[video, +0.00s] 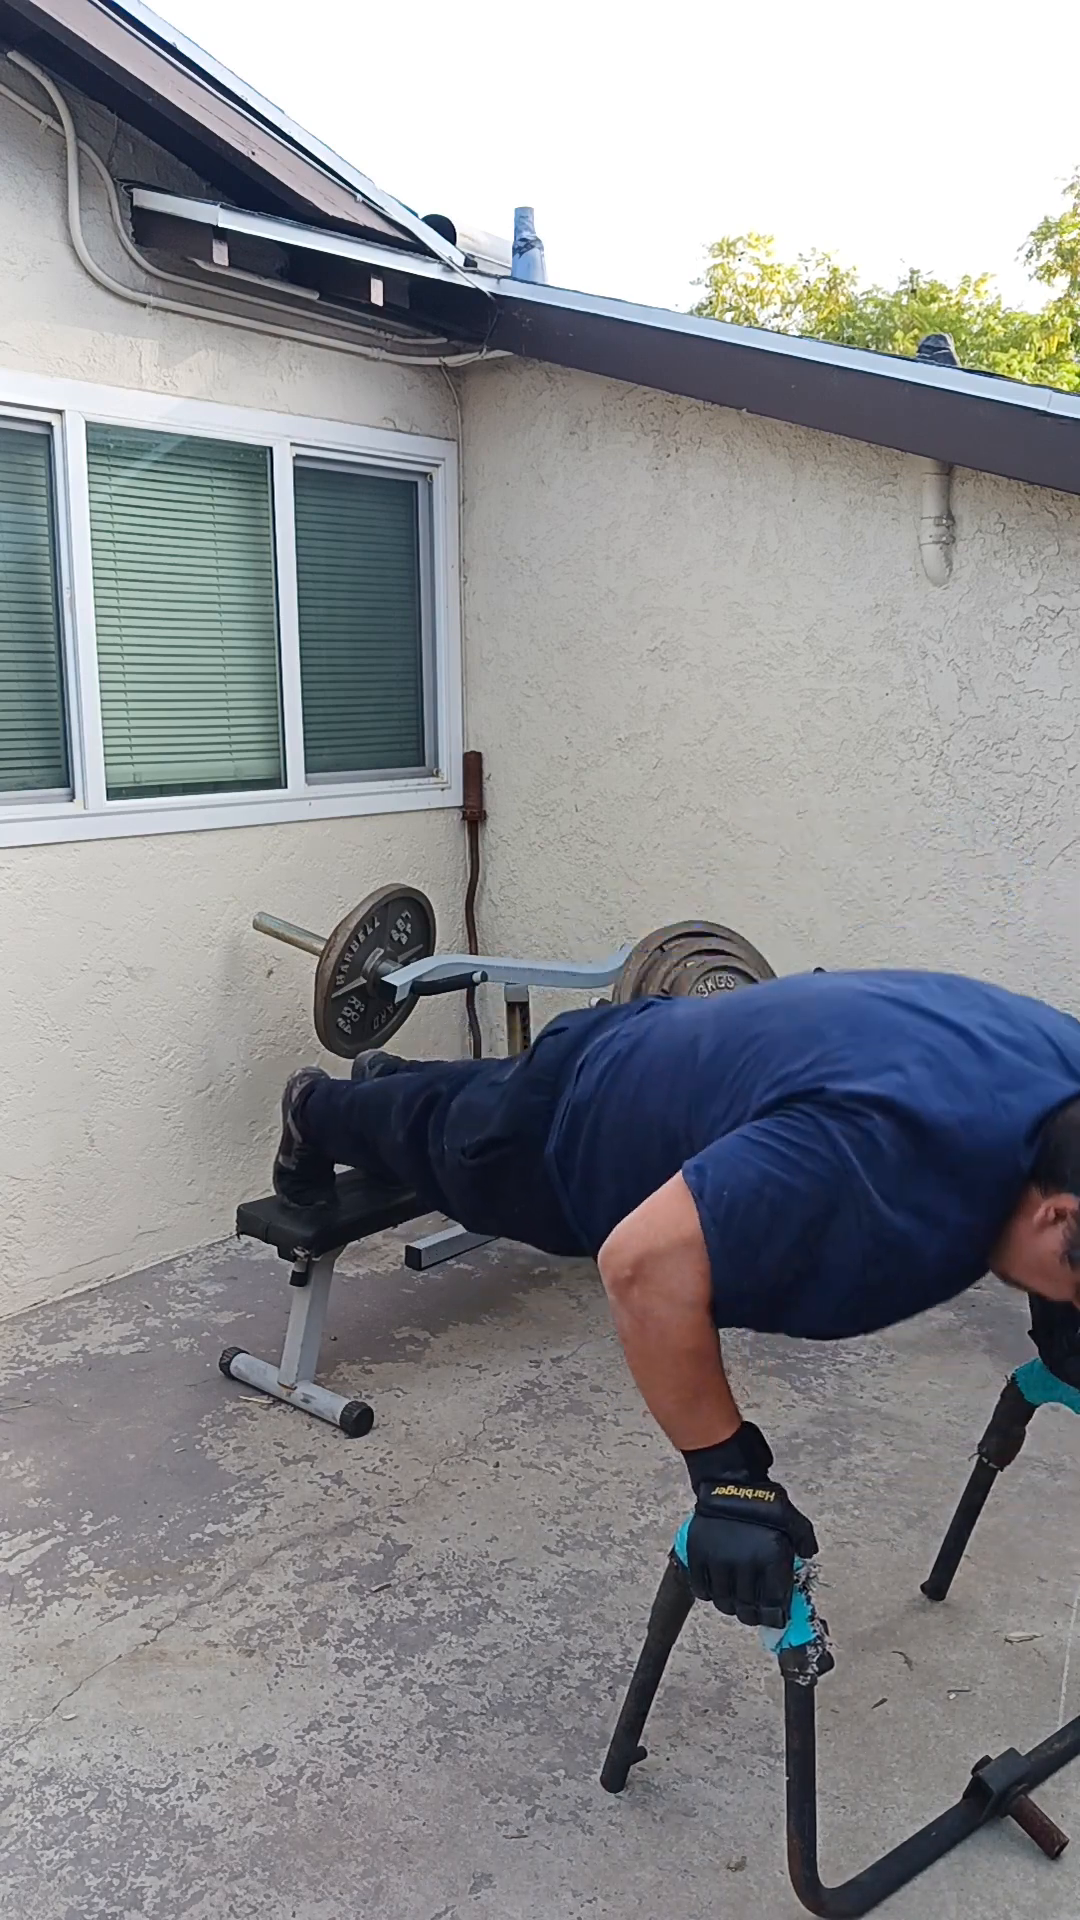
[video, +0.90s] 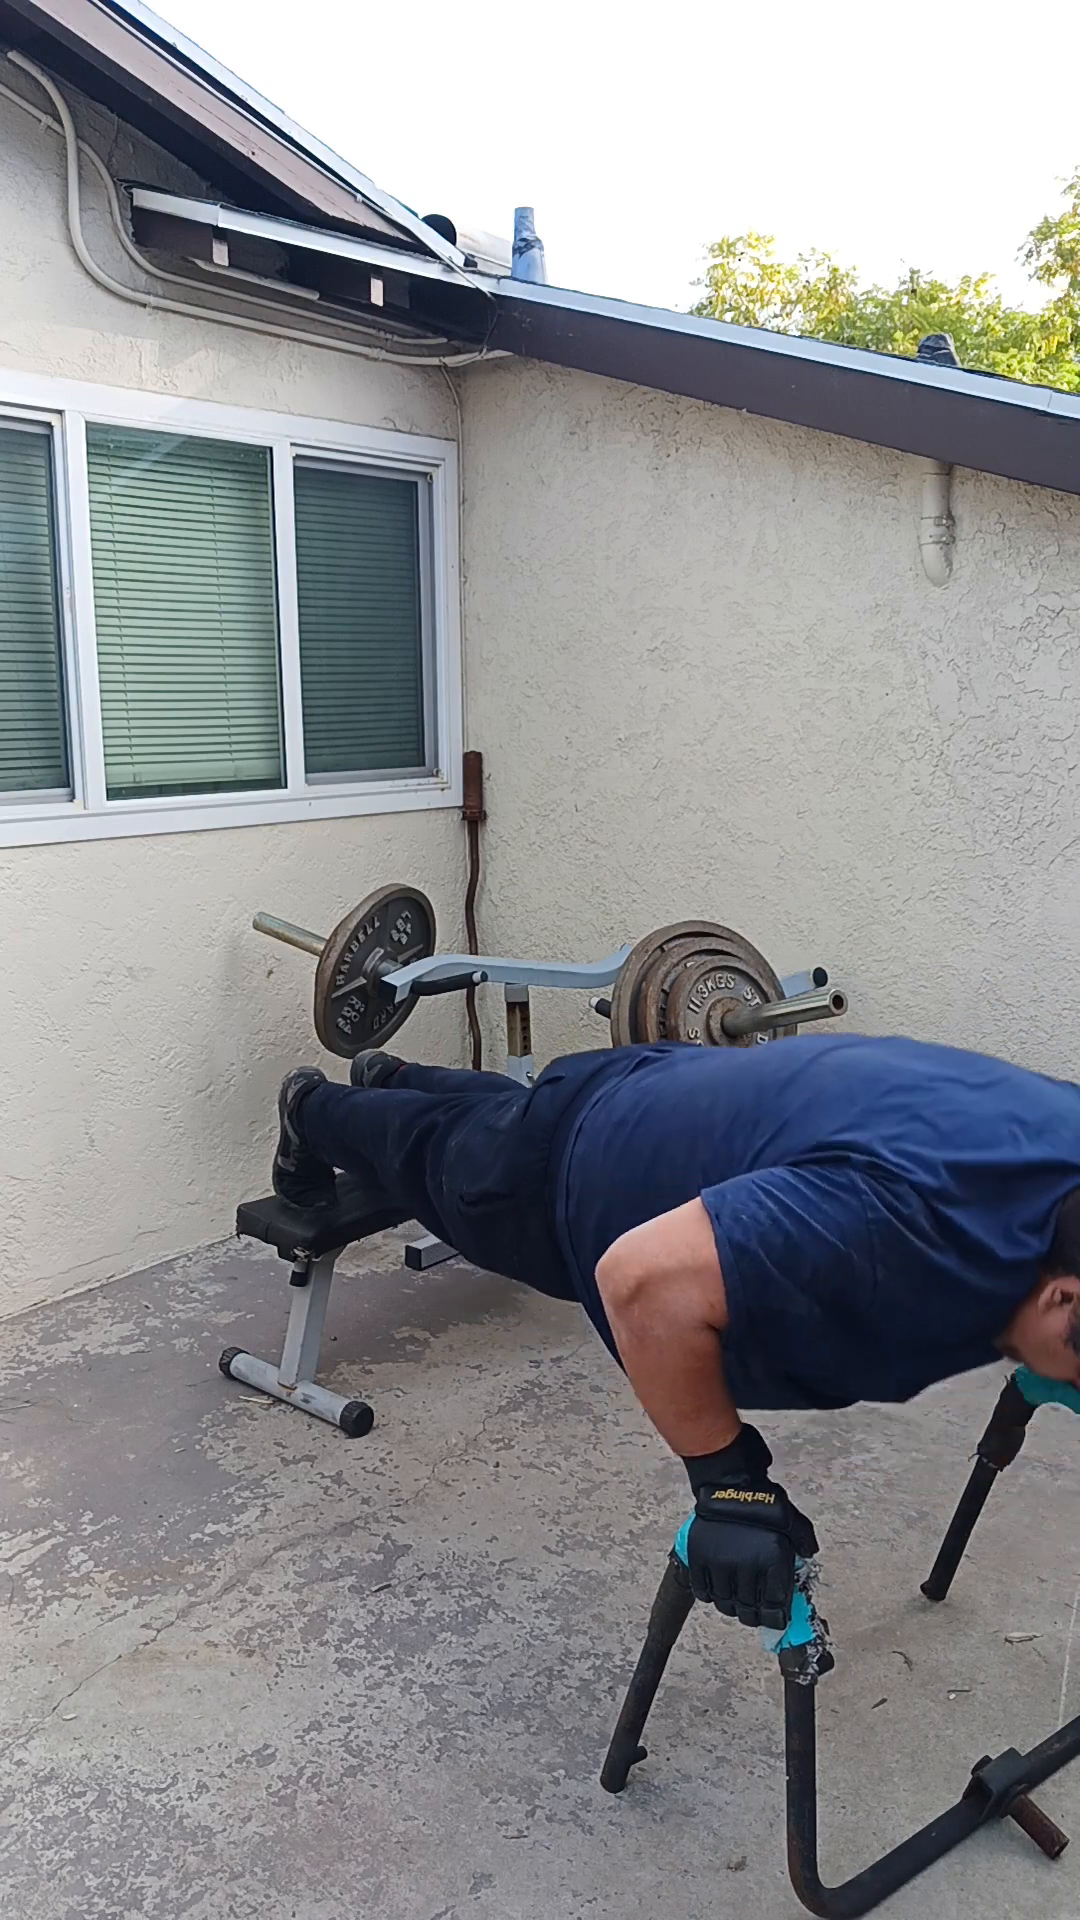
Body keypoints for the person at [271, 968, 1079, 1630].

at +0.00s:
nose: (1045, 1302)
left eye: (1064, 1299)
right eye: (1061, 1286)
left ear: (1063, 1210)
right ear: (1055, 1222)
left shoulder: (1068, 1070)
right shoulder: (880, 1160)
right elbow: (644, 1267)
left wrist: (1052, 1308)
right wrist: (731, 1480)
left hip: (696, 1031)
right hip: (594, 1106)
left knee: (496, 1105)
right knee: (438, 1121)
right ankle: (317, 1111)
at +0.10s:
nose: (1050, 1385)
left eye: (1066, 1379)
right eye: (1066, 1370)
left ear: (1067, 1301)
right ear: (1057, 1308)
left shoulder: (1075, 1132)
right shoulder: (898, 1244)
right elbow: (643, 1277)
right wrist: (731, 1484)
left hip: (704, 1070)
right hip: (601, 1146)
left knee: (524, 1099)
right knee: (442, 1132)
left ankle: (389, 1088)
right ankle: (316, 1107)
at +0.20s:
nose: (1049, 1454)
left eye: (1064, 1448)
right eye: (1068, 1443)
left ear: (1068, 1387)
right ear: (1062, 1391)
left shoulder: (1079, 1184)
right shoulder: (905, 1294)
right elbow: (653, 1277)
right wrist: (731, 1484)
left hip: (706, 1101)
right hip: (598, 1185)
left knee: (529, 1122)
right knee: (443, 1156)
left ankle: (392, 1082)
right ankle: (317, 1106)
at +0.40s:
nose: (1046, 1557)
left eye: (1062, 1556)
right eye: (1065, 1545)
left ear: (1068, 1485)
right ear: (1060, 1487)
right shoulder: (934, 1377)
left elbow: (1059, 1131)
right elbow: (686, 1271)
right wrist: (733, 1486)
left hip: (715, 1156)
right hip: (622, 1223)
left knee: (538, 1144)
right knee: (452, 1190)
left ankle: (397, 1084)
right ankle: (324, 1112)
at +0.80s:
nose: (1044, 1454)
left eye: (1061, 1449)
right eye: (1065, 1444)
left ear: (1066, 1388)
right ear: (1062, 1392)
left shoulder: (1073, 1194)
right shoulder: (906, 1287)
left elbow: (1063, 1131)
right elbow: (651, 1284)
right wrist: (729, 1485)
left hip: (701, 1110)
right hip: (593, 1195)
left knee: (530, 1126)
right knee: (441, 1167)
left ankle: (394, 1083)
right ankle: (316, 1111)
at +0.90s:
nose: (1051, 1373)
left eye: (1067, 1368)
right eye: (1069, 1360)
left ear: (1066, 1297)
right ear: (1058, 1303)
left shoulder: (1070, 1145)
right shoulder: (908, 1233)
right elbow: (646, 1288)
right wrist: (728, 1484)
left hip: (684, 1081)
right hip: (585, 1160)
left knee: (513, 1108)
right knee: (433, 1144)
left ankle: (389, 1085)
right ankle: (315, 1112)